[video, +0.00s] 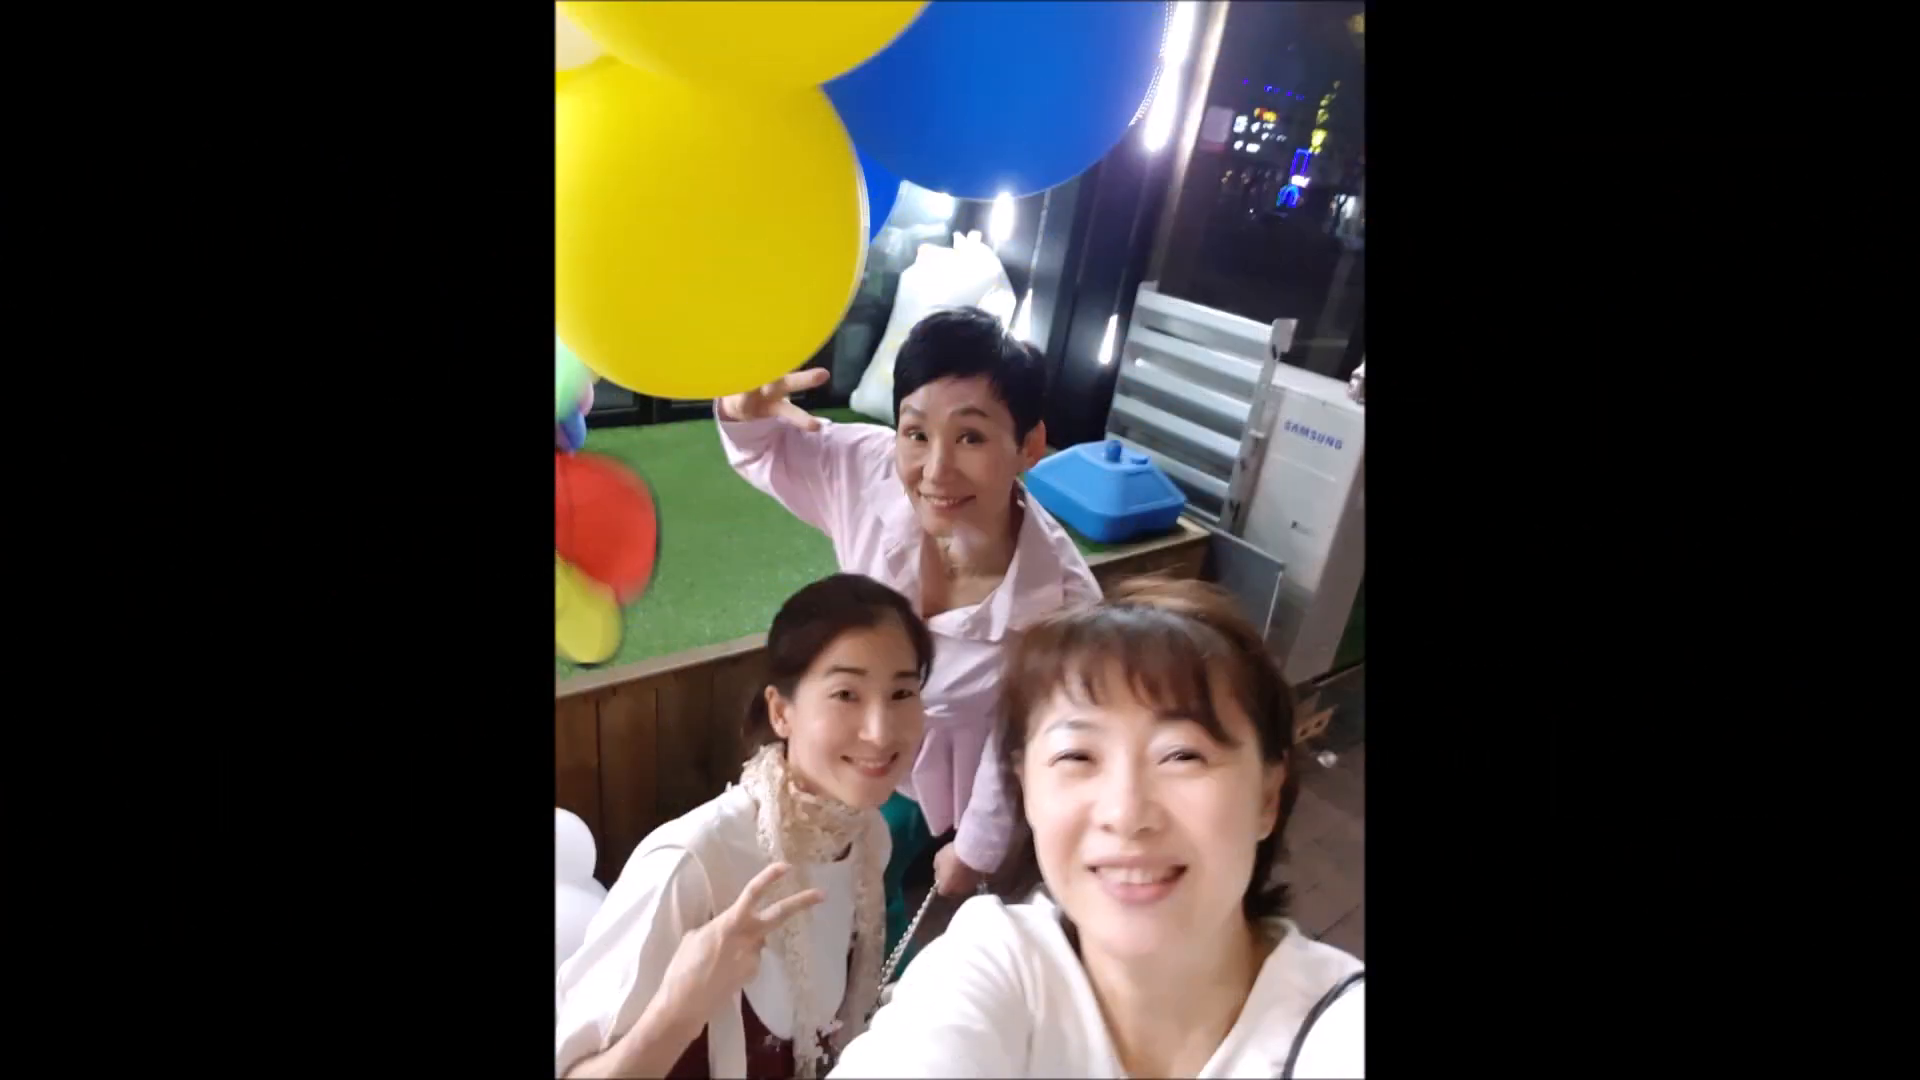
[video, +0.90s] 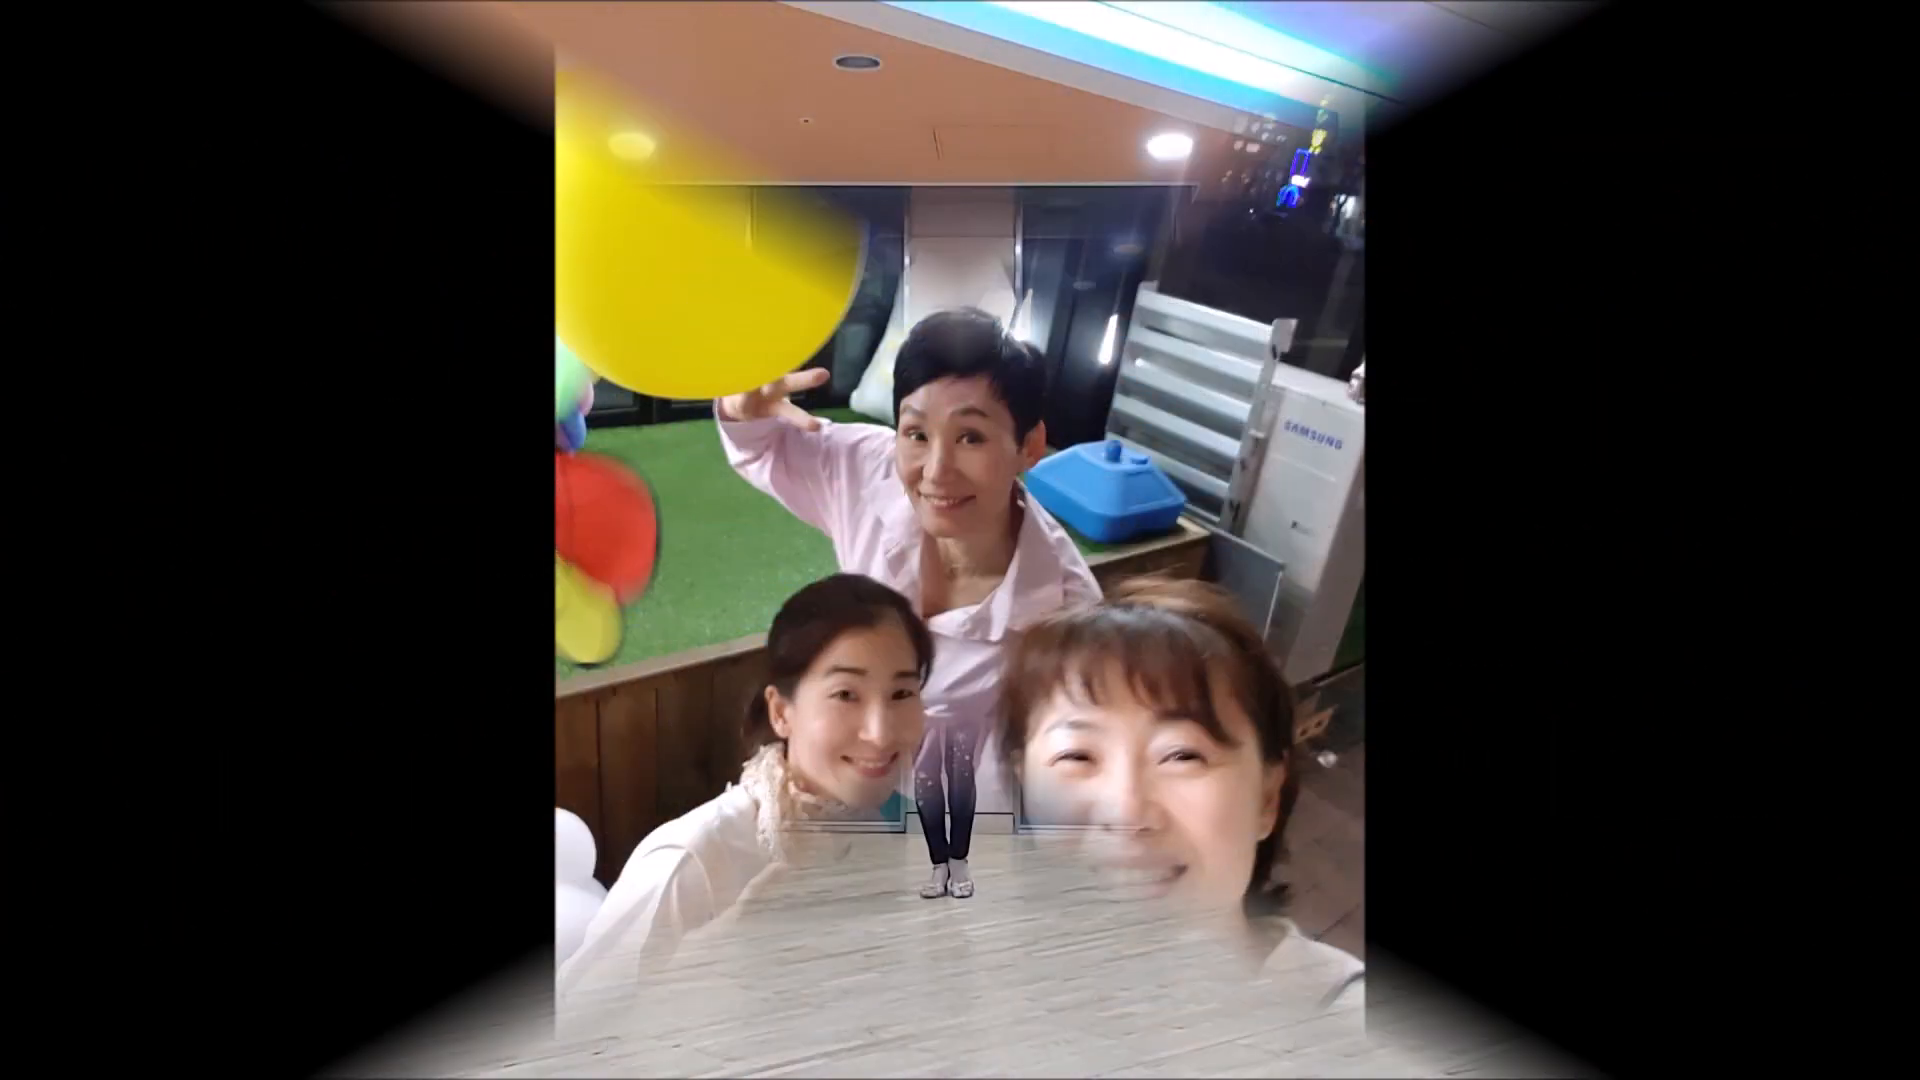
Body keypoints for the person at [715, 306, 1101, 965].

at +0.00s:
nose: (937, 469)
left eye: (971, 438)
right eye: (917, 435)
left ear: (1030, 448)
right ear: (895, 433)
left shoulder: (1058, 603)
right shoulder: (868, 469)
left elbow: (1024, 755)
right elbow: (771, 446)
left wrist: (974, 855)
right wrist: (749, 411)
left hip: (950, 817)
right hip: (844, 772)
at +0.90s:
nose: (937, 468)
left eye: (972, 438)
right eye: (917, 435)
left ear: (1030, 450)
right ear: (896, 434)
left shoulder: (1062, 608)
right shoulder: (866, 469)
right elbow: (762, 442)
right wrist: (749, 405)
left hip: (970, 834)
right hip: (832, 801)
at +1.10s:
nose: (943, 489)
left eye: (952, 482)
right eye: (935, 483)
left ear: (965, 490)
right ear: (923, 492)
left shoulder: (984, 546)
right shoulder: (904, 546)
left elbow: (1013, 608)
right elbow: (892, 602)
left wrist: (1033, 668)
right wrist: (886, 646)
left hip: (968, 675)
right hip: (917, 675)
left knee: (949, 767)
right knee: (909, 773)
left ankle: (963, 857)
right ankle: (939, 865)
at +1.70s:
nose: (961, 491)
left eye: (969, 484)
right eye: (953, 485)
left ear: (981, 491)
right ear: (941, 493)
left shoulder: (1001, 540)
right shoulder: (926, 546)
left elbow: (1031, 596)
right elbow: (915, 601)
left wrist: (1014, 621)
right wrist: (906, 638)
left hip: (999, 661)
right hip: (951, 659)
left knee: (994, 749)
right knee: (975, 736)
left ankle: (982, 839)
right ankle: (960, 824)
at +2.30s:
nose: (972, 490)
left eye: (979, 482)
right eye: (963, 484)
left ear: (991, 489)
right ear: (952, 492)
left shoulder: (1012, 539)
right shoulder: (939, 543)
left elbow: (1048, 590)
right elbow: (938, 604)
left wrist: (1072, 634)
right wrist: (955, 604)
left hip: (994, 663)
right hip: (946, 659)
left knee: (988, 754)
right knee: (928, 743)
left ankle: (978, 841)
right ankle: (894, 819)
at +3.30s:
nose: (995, 490)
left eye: (1002, 484)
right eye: (987, 484)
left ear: (1015, 492)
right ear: (976, 492)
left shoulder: (1031, 541)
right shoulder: (961, 540)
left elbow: (1069, 592)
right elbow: (957, 595)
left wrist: (1105, 636)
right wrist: (989, 578)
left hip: (1015, 662)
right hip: (968, 658)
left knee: (998, 754)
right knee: (929, 744)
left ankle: (978, 840)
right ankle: (909, 822)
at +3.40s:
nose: (1007, 491)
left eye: (1015, 484)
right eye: (999, 485)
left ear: (1026, 492)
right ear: (988, 493)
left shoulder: (1043, 543)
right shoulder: (972, 539)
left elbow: (1079, 592)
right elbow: (980, 589)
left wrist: (1115, 637)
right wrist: (1028, 575)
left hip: (1026, 663)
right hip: (981, 660)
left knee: (1004, 754)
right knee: (954, 747)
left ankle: (980, 841)